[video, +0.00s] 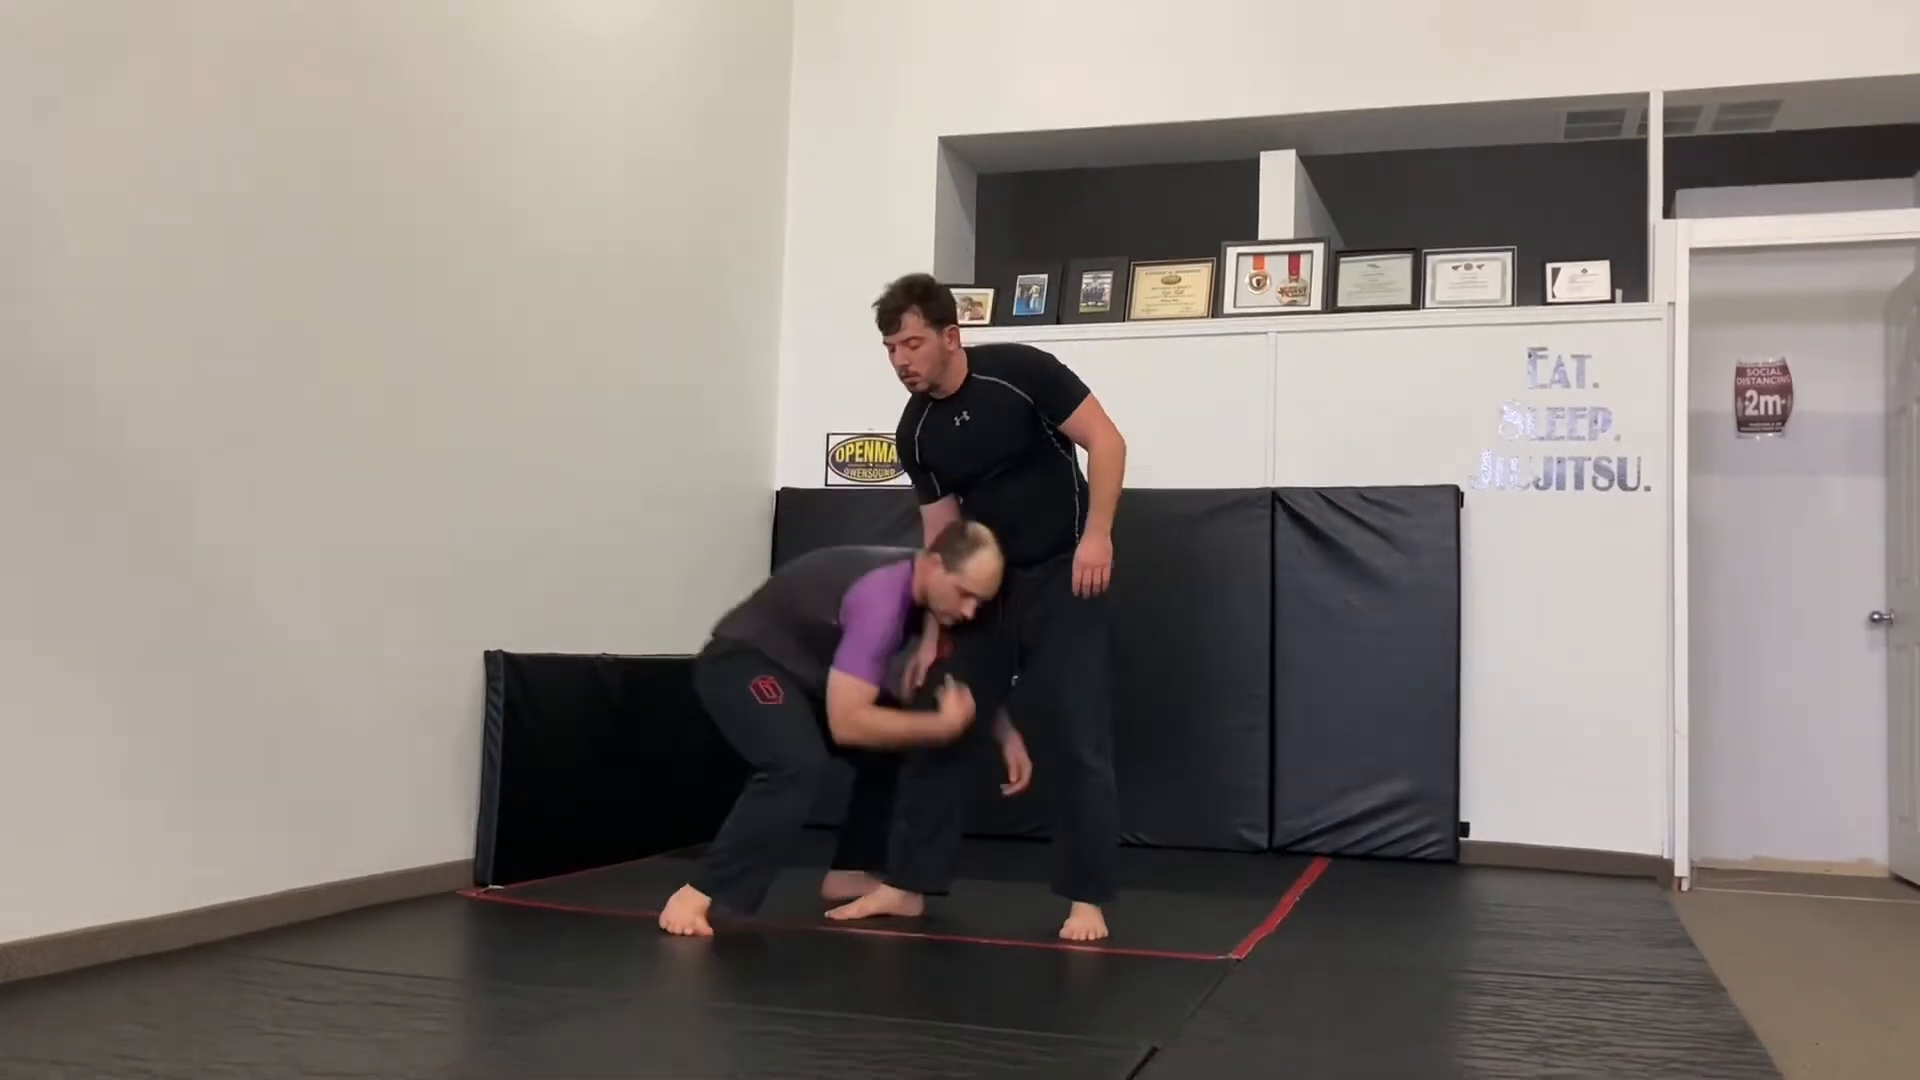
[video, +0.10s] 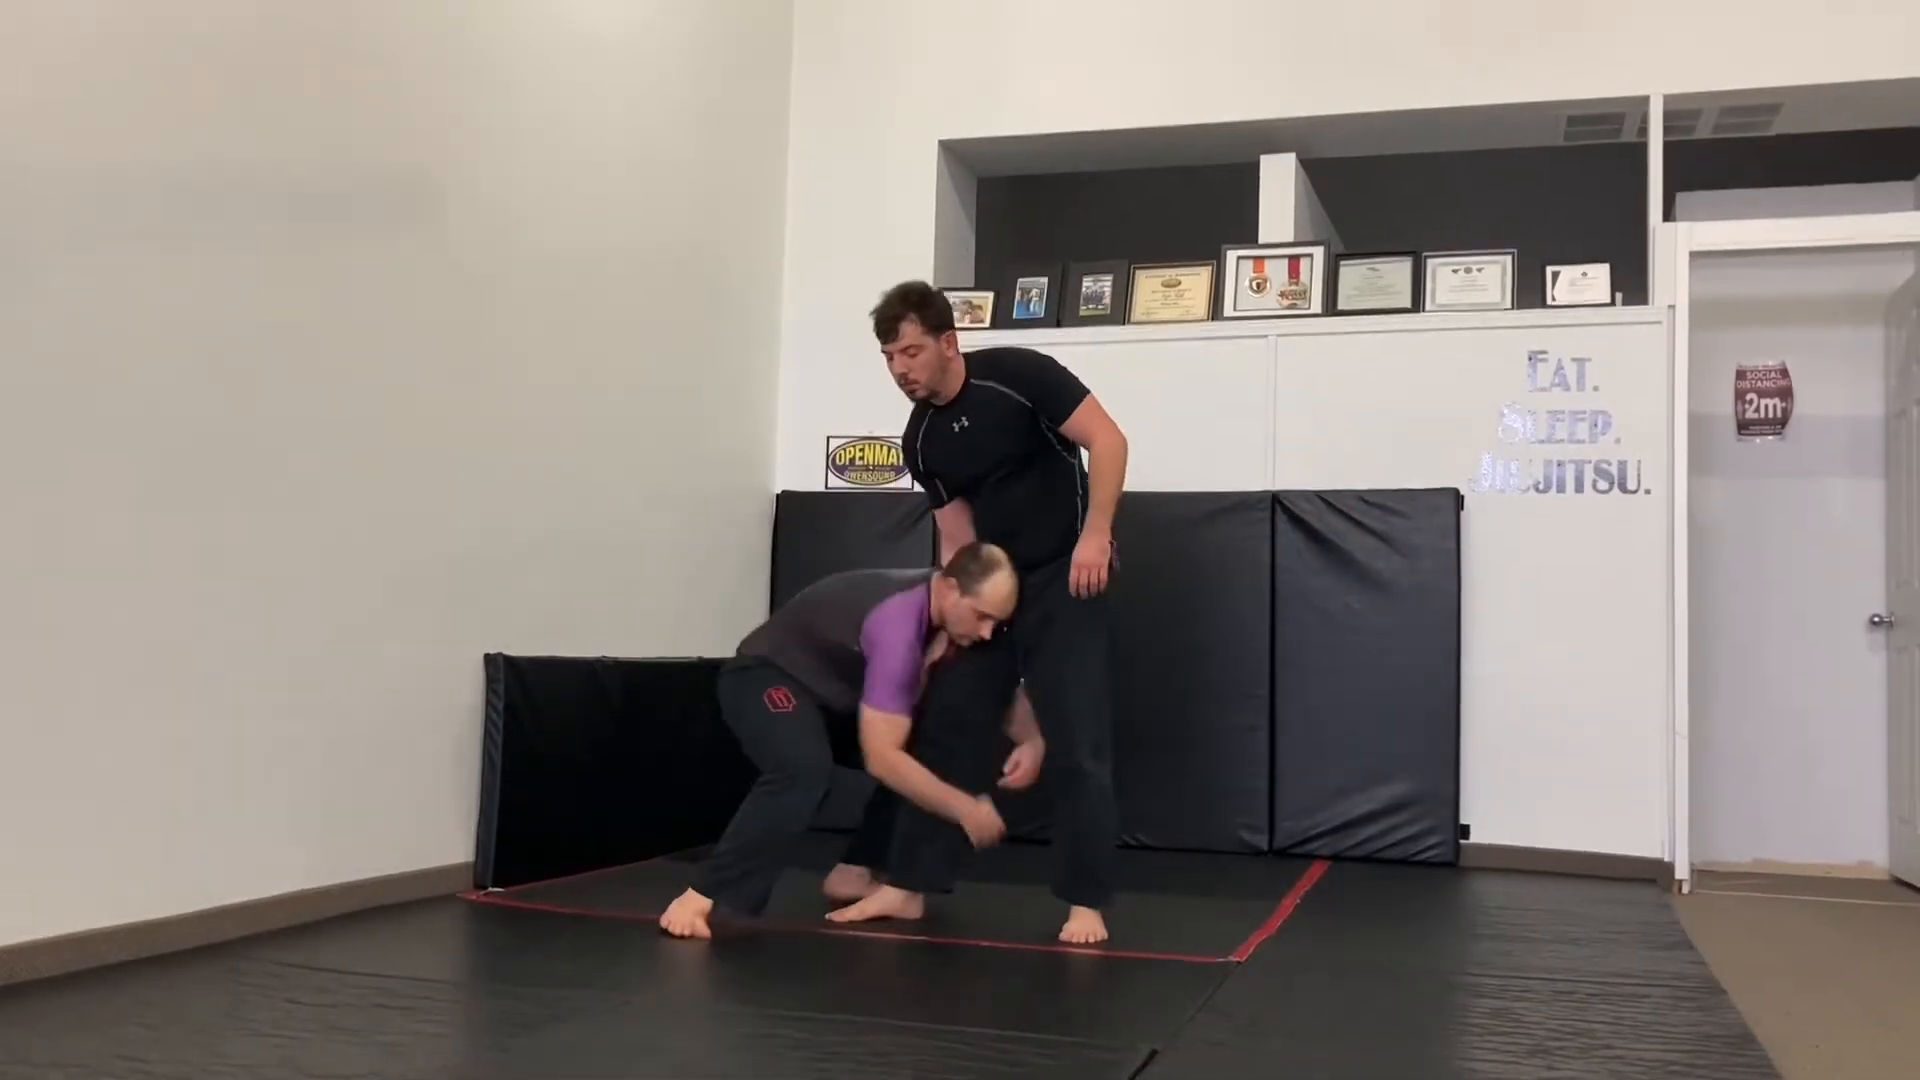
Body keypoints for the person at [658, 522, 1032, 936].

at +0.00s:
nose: (970, 611)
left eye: (980, 602)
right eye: (965, 596)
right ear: (932, 566)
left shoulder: (928, 594)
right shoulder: (879, 595)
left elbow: (951, 668)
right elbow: (848, 724)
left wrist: (1003, 730)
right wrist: (943, 727)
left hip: (803, 674)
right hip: (741, 662)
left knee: (892, 741)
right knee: (799, 766)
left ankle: (848, 874)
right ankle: (696, 896)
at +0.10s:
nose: (988, 632)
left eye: (996, 623)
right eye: (982, 617)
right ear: (949, 589)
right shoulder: (897, 623)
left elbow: (1007, 682)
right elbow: (882, 757)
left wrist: (1032, 739)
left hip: (834, 692)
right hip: (767, 675)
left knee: (937, 746)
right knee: (803, 773)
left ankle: (854, 870)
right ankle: (699, 898)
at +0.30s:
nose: (999, 619)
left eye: (1008, 609)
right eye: (991, 603)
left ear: (1014, 603)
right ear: (957, 583)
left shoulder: (987, 628)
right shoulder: (910, 620)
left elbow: (1034, 710)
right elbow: (906, 749)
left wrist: (1001, 699)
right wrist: (958, 814)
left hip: (860, 699)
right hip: (790, 673)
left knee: (946, 755)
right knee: (791, 763)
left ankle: (859, 863)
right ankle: (695, 898)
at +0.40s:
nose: (996, 602)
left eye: (1009, 593)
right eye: (989, 586)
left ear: (1018, 586)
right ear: (960, 562)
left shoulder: (998, 612)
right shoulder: (908, 593)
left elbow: (1017, 708)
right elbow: (880, 713)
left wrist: (983, 685)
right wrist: (931, 785)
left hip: (859, 684)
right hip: (796, 659)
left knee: (947, 729)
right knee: (788, 758)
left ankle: (872, 859)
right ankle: (696, 894)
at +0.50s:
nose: (994, 586)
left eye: (1006, 578)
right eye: (990, 568)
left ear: (1014, 576)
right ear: (963, 543)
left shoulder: (994, 598)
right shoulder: (908, 565)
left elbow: (999, 693)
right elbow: (861, 676)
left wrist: (969, 663)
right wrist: (904, 756)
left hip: (877, 666)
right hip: (807, 639)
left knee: (941, 737)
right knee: (781, 756)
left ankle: (865, 861)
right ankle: (697, 895)